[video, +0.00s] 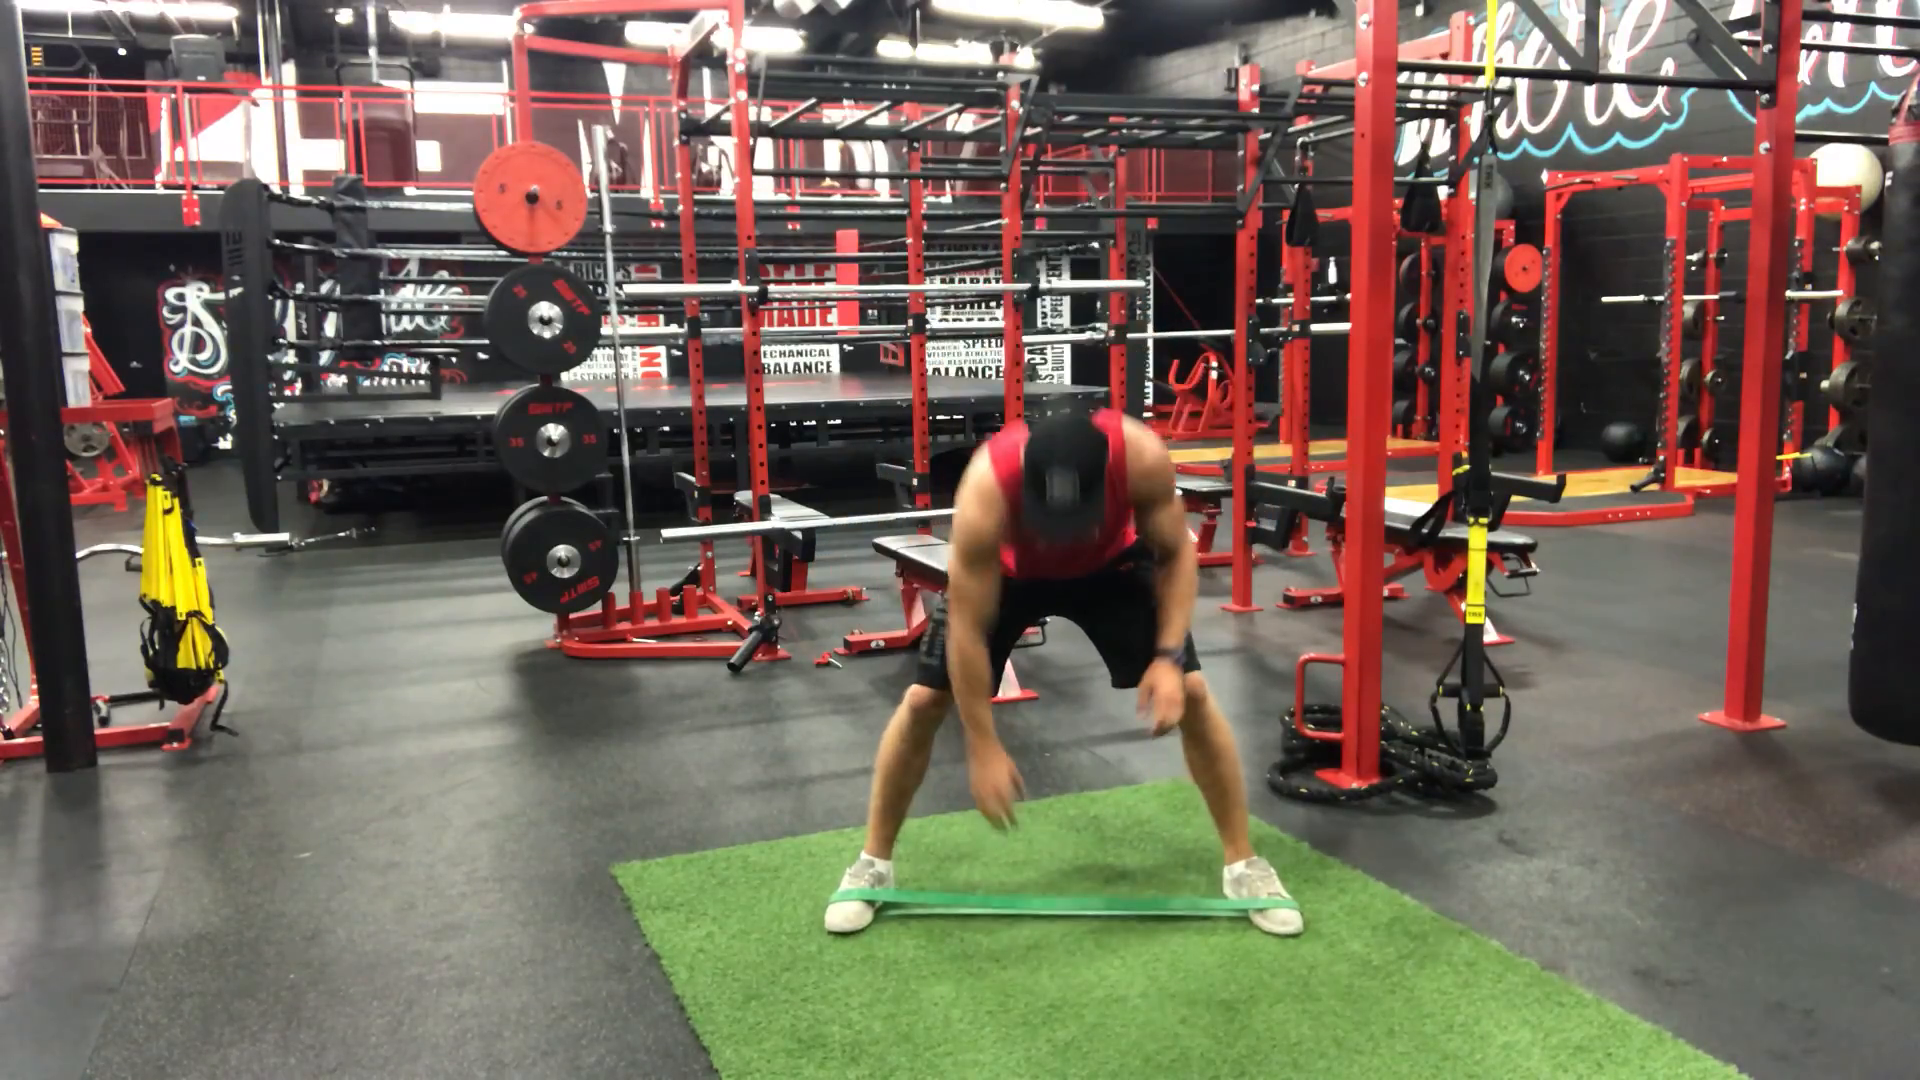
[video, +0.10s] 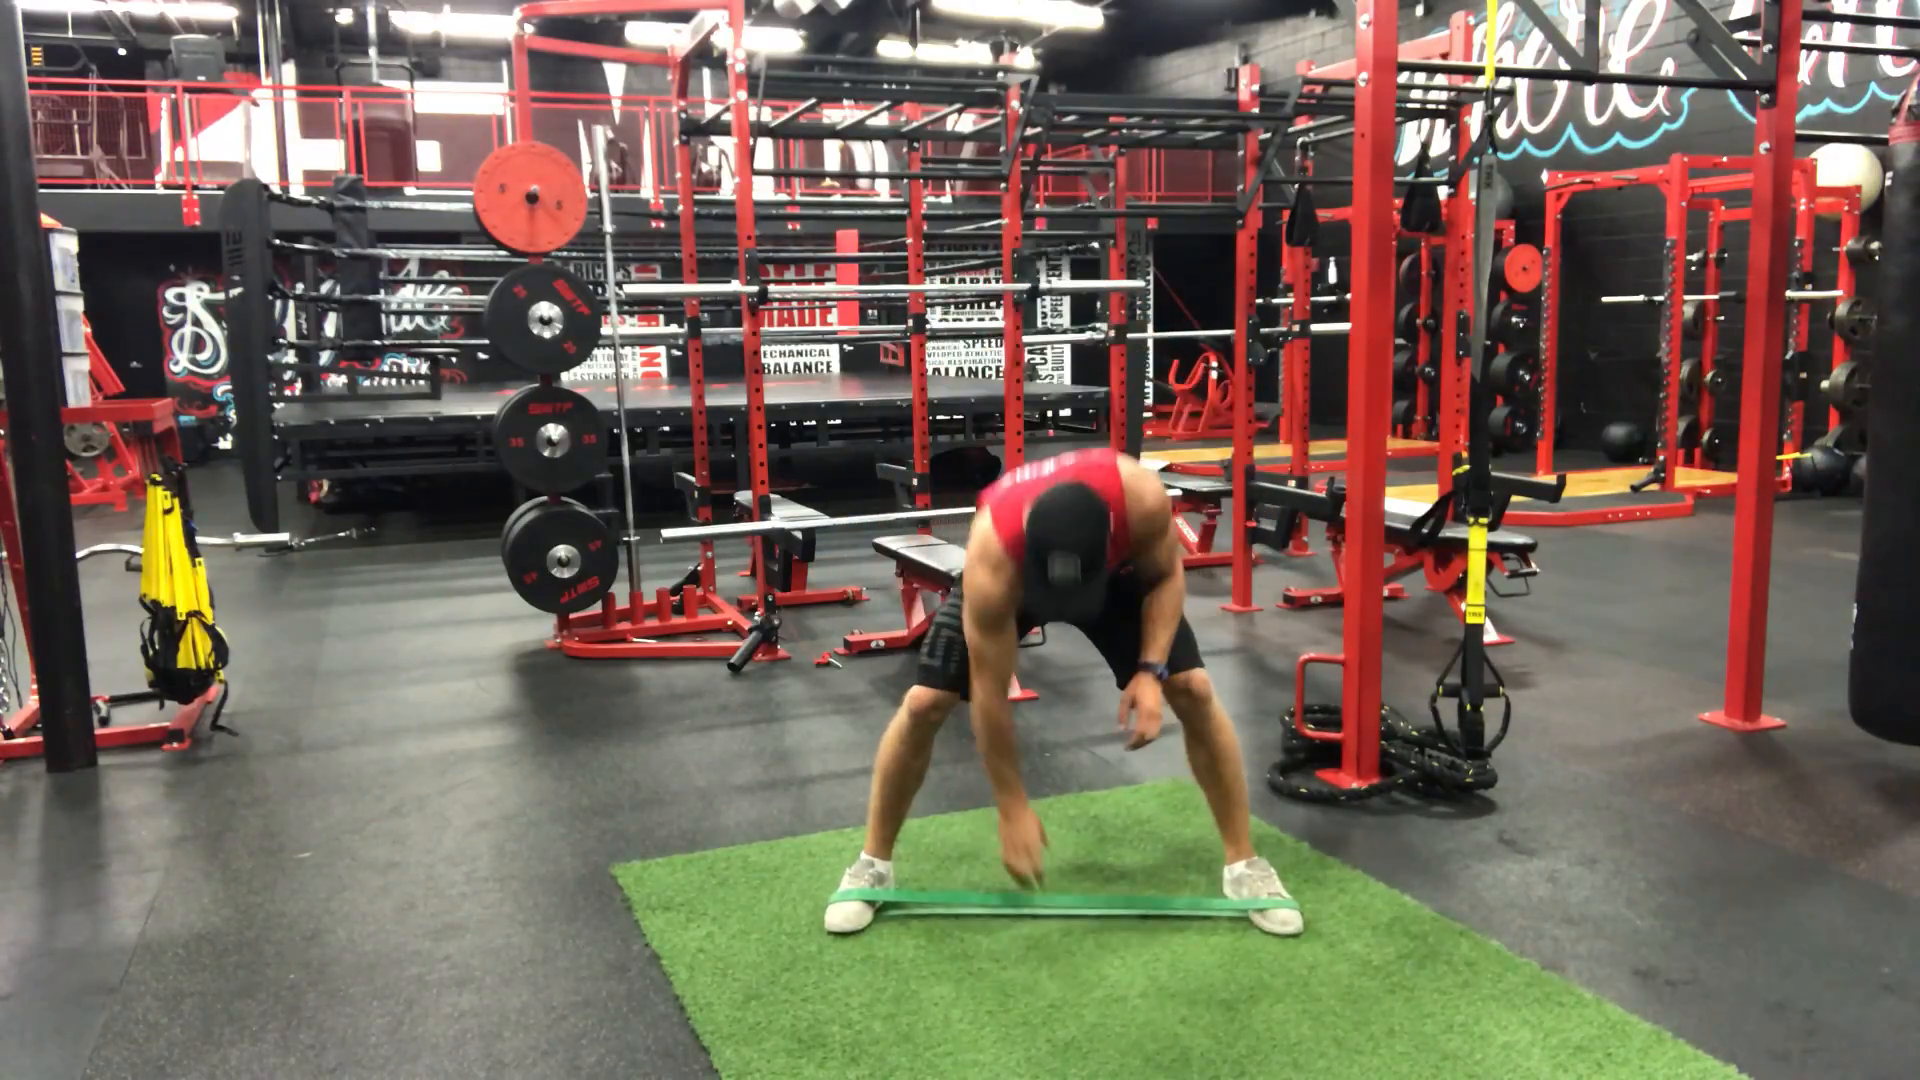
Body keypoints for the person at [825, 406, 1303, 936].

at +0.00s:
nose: (1065, 532)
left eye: (1080, 523)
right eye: (1050, 524)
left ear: (1107, 478)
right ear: (1026, 481)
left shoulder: (1143, 458)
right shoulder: (985, 489)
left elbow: (1177, 553)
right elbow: (967, 627)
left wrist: (1168, 657)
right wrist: (984, 748)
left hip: (1112, 566)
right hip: (1005, 572)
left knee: (1192, 694)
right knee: (922, 701)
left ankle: (1243, 863)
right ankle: (872, 860)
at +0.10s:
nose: (1061, 603)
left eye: (1076, 590)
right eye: (1047, 591)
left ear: (1109, 544)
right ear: (1025, 552)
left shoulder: (1145, 501)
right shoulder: (989, 559)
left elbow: (1166, 576)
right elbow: (989, 694)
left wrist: (1150, 671)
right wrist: (1012, 809)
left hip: (1116, 574)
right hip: (1003, 577)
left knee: (1195, 692)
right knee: (922, 703)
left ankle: (1243, 862)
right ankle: (872, 861)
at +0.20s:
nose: (1067, 658)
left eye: (1085, 636)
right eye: (1053, 643)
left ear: (1113, 588)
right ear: (1031, 603)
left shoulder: (1145, 530)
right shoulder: (997, 600)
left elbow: (1165, 588)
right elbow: (1005, 737)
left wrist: (1142, 678)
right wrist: (1031, 849)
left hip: (1123, 575)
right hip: (1005, 562)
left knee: (1195, 691)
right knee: (924, 706)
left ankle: (1244, 863)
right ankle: (872, 864)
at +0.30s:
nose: (1066, 688)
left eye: (1082, 679)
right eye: (1057, 681)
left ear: (1115, 618)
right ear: (1038, 627)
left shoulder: (1149, 549)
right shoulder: (1000, 627)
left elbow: (1172, 596)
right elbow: (1011, 758)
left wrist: (1144, 680)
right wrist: (1041, 865)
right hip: (1001, 553)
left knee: (1196, 690)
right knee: (926, 707)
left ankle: (1245, 864)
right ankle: (873, 862)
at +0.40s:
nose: (1062, 703)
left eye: (1084, 694)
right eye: (1055, 692)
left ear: (1118, 626)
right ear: (1043, 641)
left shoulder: (1154, 556)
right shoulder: (1003, 639)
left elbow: (1179, 600)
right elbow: (1010, 765)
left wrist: (1150, 679)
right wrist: (1040, 869)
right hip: (1003, 551)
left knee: (1199, 691)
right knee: (928, 708)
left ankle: (1245, 865)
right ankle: (872, 862)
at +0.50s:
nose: (1066, 699)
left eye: (1087, 690)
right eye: (1059, 689)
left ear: (1118, 625)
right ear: (1046, 640)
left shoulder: (1155, 557)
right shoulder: (1007, 641)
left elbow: (1181, 602)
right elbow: (1012, 767)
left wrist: (1150, 678)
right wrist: (1041, 869)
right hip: (1005, 554)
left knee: (1200, 692)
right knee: (930, 710)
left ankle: (1245, 865)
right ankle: (872, 863)